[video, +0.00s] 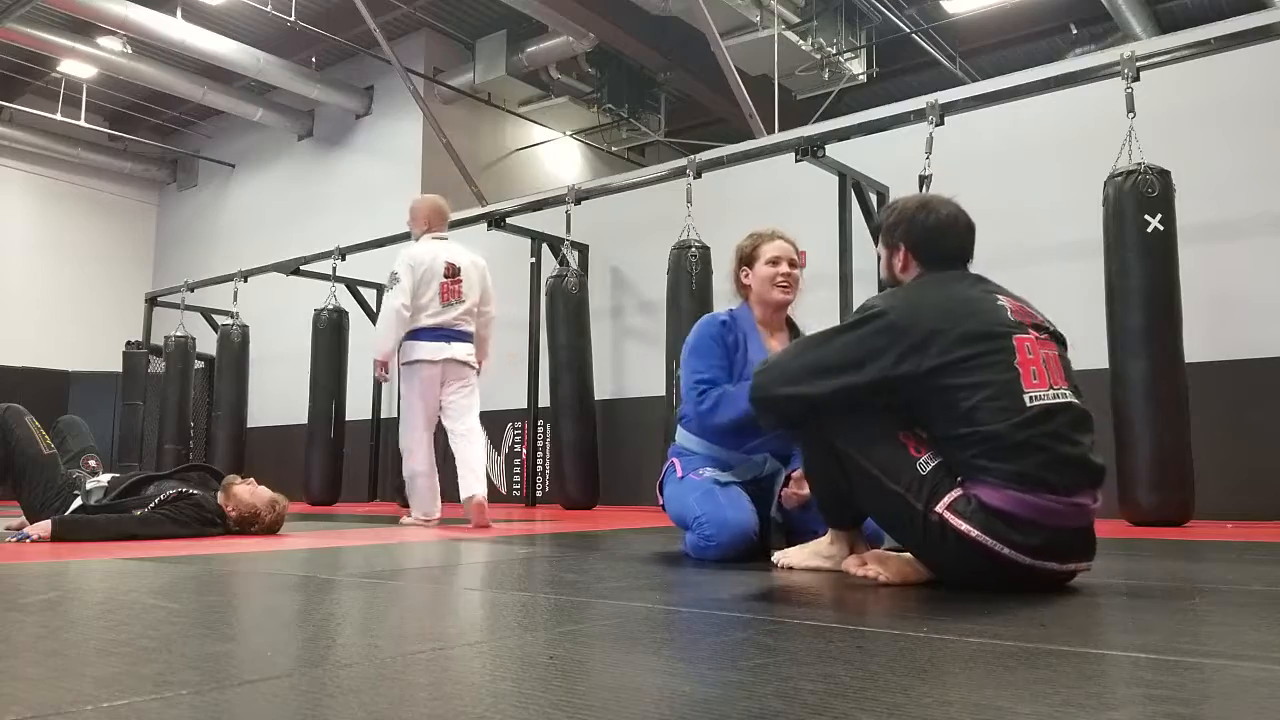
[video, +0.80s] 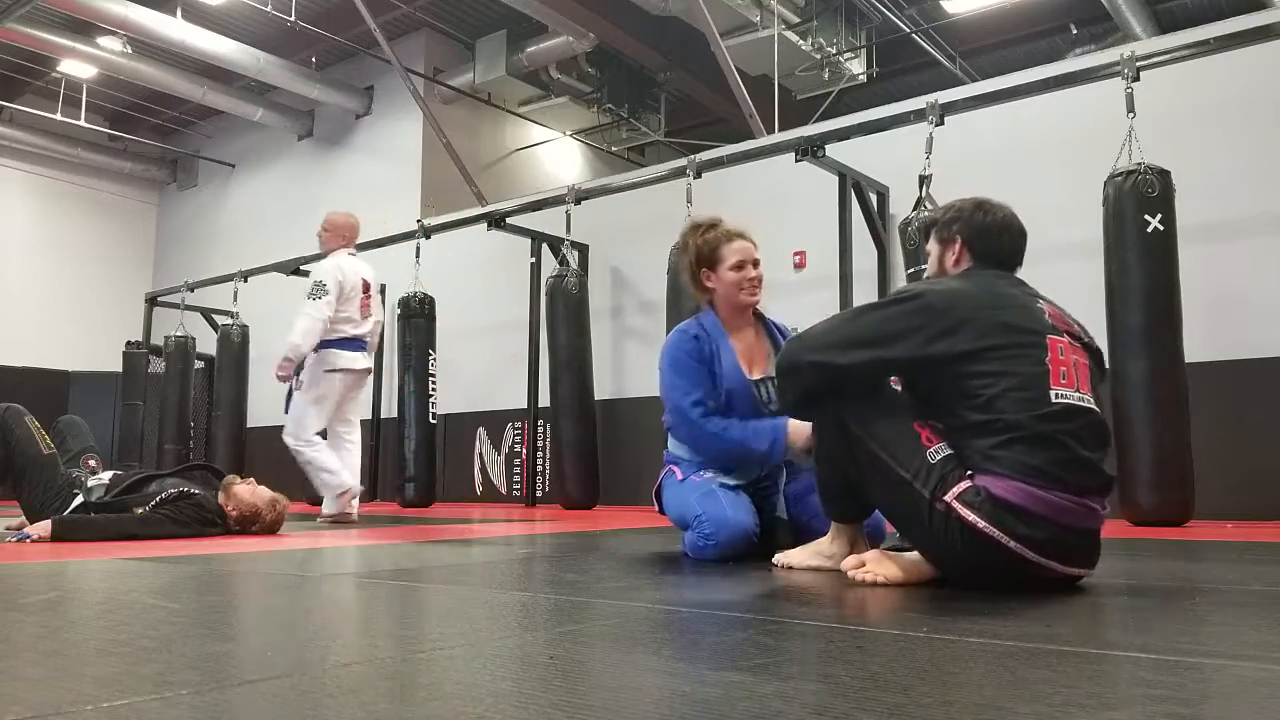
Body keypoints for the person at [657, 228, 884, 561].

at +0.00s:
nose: (786, 271)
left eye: (793, 265)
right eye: (774, 263)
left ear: (801, 278)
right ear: (746, 276)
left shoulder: (806, 348)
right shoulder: (714, 330)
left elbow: (814, 418)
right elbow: (703, 409)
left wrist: (802, 469)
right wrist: (783, 389)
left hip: (778, 473)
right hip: (704, 468)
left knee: (866, 534)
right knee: (734, 534)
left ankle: (781, 527)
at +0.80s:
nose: (754, 275)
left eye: (756, 265)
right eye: (739, 267)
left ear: (763, 266)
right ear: (709, 279)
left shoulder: (784, 338)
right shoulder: (686, 342)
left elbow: (813, 400)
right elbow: (695, 431)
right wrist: (785, 432)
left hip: (778, 472)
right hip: (702, 474)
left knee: (869, 526)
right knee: (733, 532)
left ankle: (768, 525)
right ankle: (697, 541)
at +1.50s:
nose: (846, 289)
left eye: (848, 279)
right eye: (837, 276)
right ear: (799, 273)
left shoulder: (835, 342)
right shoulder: (741, 331)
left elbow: (860, 412)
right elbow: (744, 404)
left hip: (788, 466)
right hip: (710, 461)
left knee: (881, 532)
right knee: (730, 539)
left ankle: (783, 519)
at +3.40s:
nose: (909, 303)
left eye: (914, 293)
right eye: (907, 290)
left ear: (873, 277)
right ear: (873, 274)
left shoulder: (884, 335)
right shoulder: (785, 320)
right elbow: (780, 426)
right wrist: (848, 381)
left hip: (804, 448)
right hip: (727, 430)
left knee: (883, 534)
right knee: (726, 544)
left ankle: (766, 530)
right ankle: (705, 531)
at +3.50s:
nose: (922, 306)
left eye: (927, 296)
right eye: (920, 293)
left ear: (889, 279)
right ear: (888, 277)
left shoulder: (900, 331)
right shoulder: (796, 314)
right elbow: (785, 416)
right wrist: (863, 380)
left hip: (810, 447)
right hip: (734, 427)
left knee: (884, 533)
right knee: (727, 545)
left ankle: (768, 527)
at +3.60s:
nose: (939, 309)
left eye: (945, 300)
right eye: (938, 297)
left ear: (908, 281)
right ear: (906, 280)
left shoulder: (912, 331)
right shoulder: (816, 308)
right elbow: (805, 413)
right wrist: (892, 386)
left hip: (813, 445)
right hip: (740, 423)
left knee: (884, 537)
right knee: (726, 544)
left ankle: (775, 530)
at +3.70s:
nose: (955, 310)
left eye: (961, 301)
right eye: (955, 299)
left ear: (924, 282)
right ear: (922, 280)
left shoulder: (922, 332)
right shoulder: (832, 301)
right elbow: (828, 406)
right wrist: (923, 402)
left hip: (821, 441)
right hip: (748, 420)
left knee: (878, 539)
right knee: (725, 546)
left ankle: (769, 531)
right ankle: (707, 533)